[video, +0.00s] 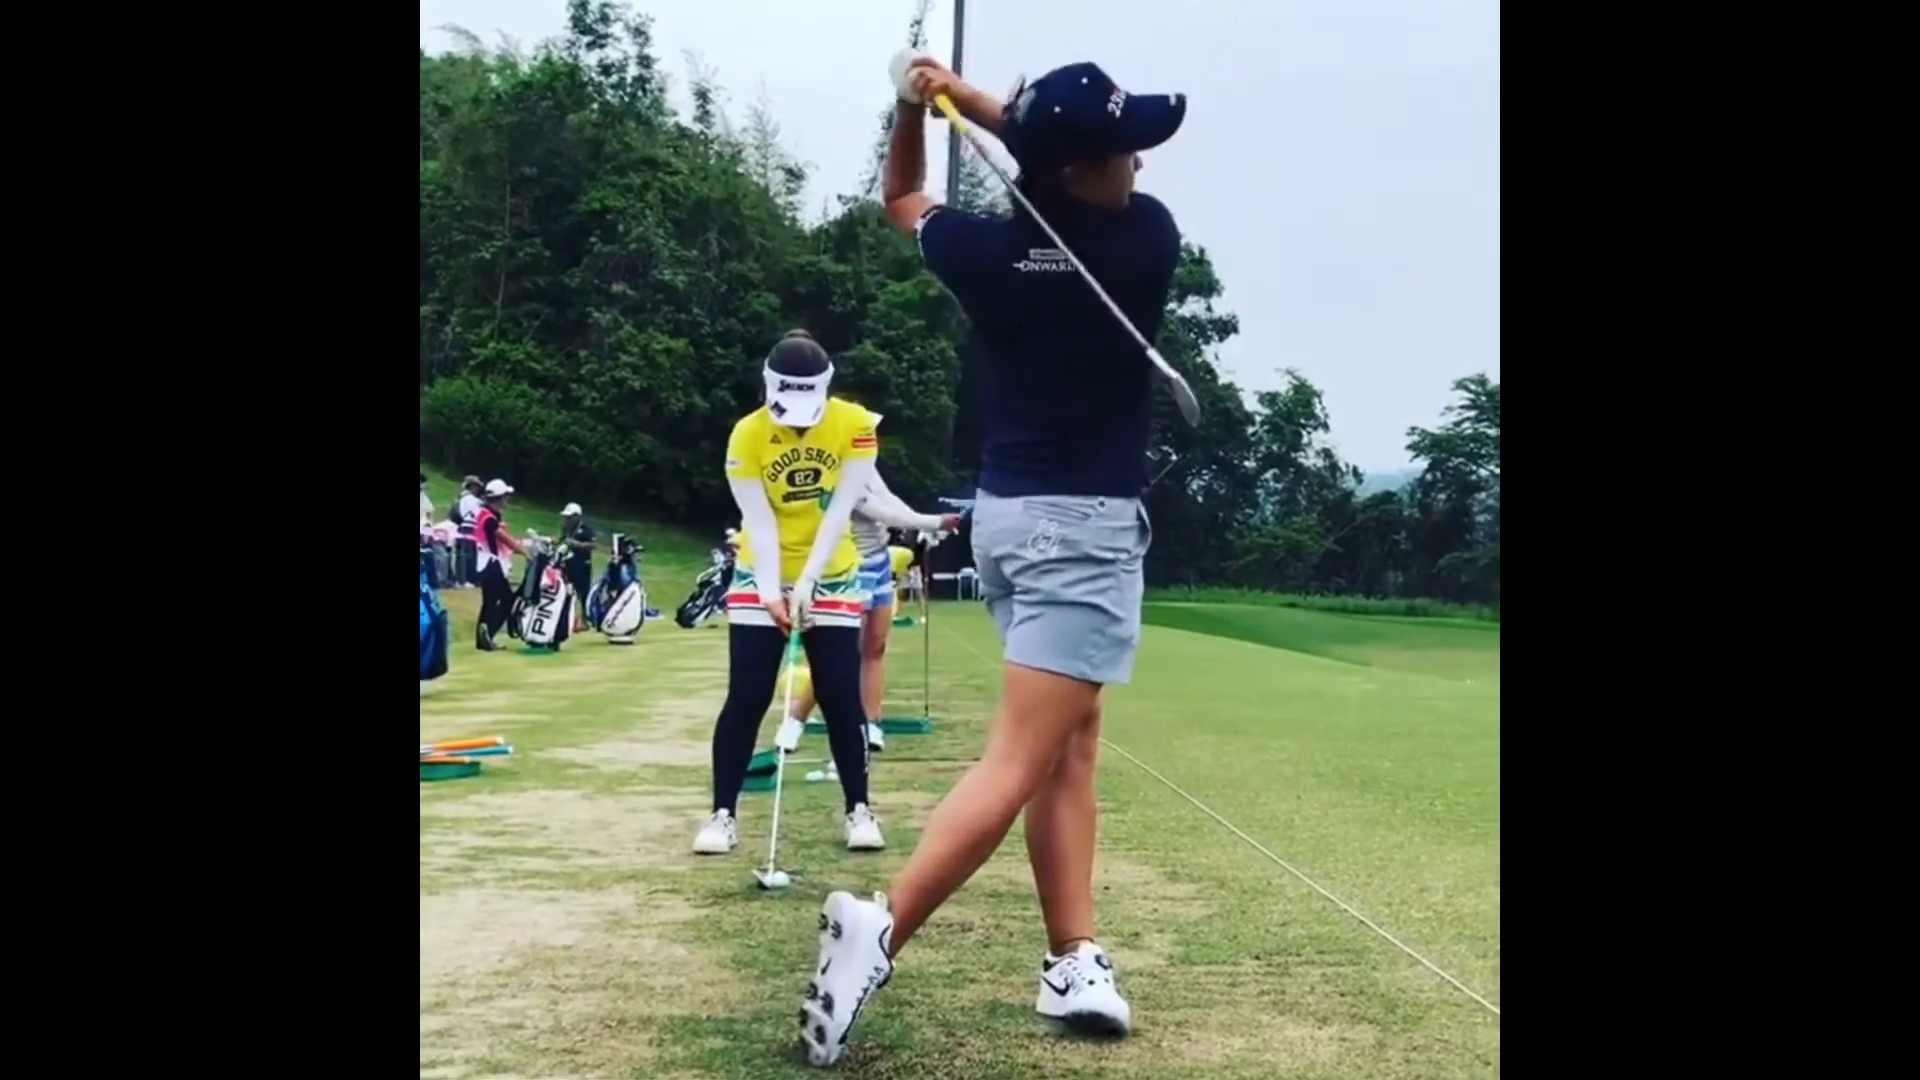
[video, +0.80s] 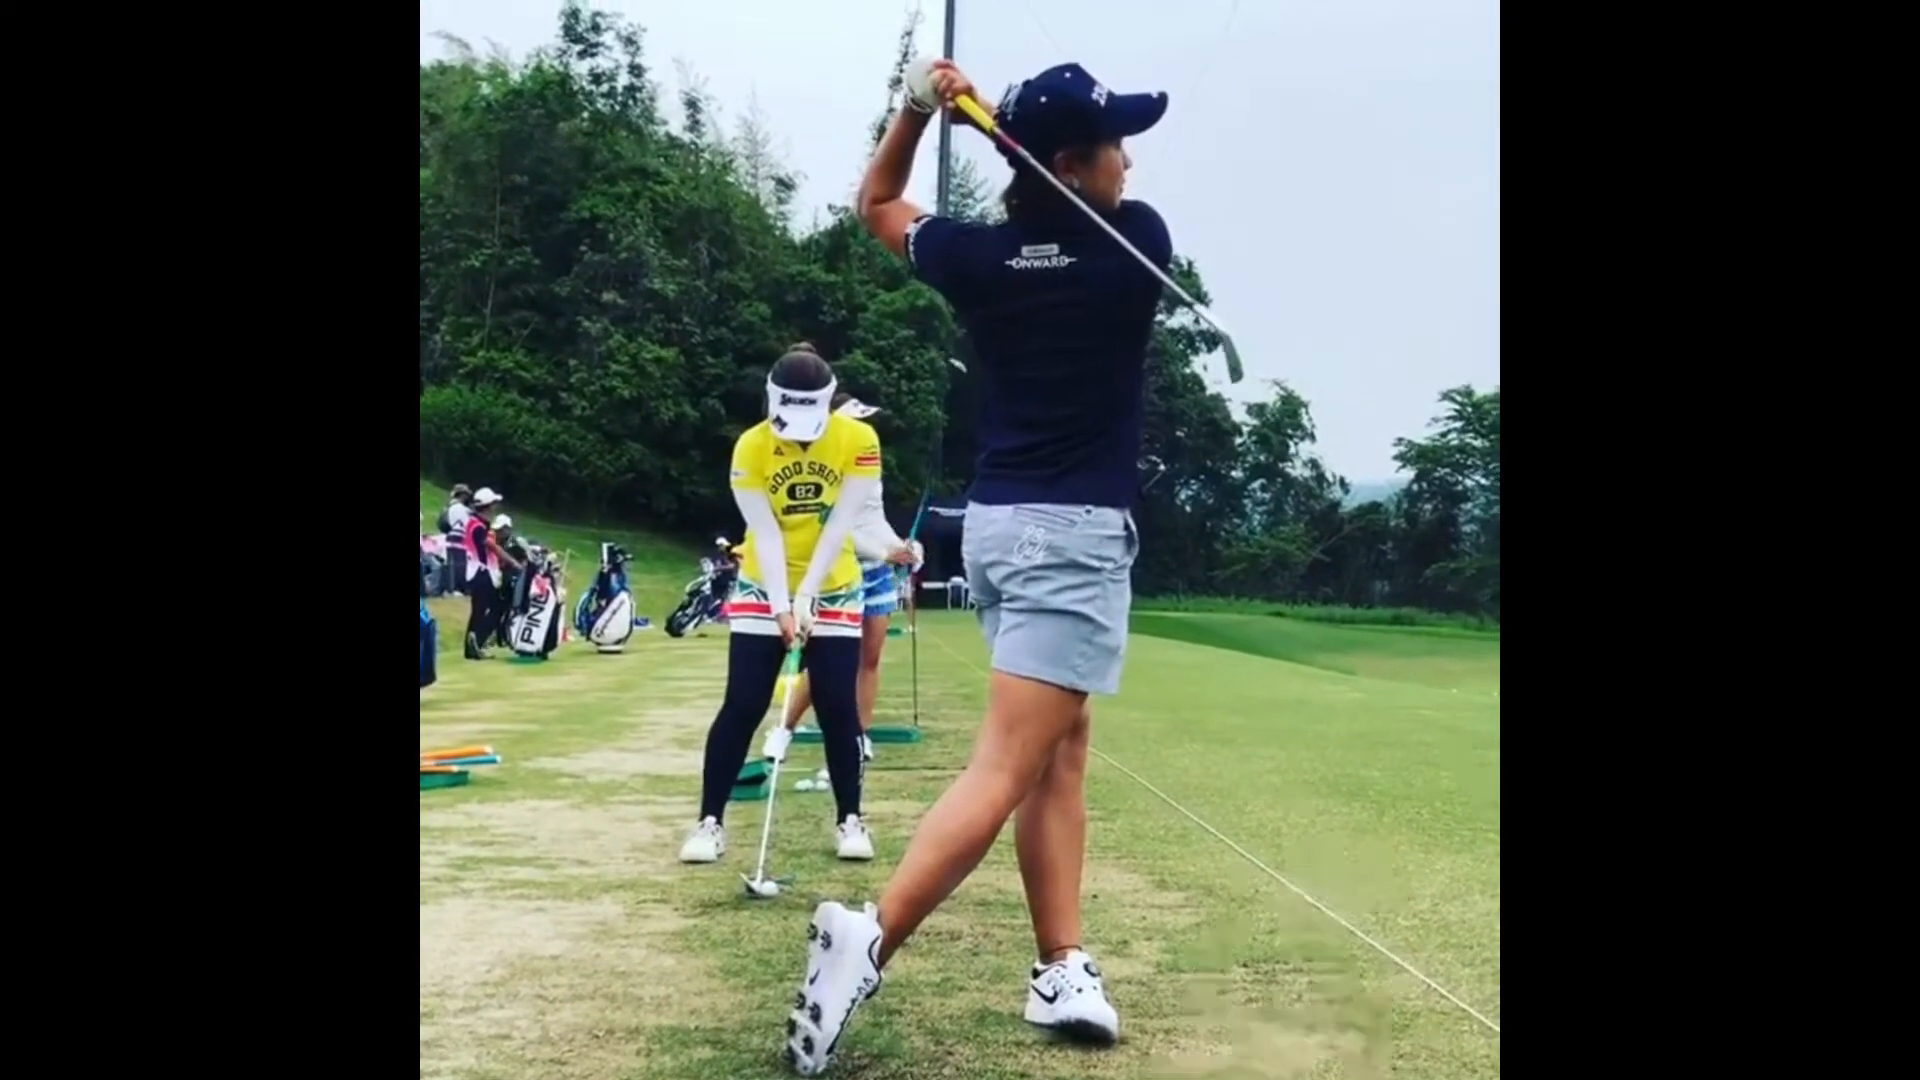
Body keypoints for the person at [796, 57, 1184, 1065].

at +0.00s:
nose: (1138, 160)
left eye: (1133, 146)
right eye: (1126, 151)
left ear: (1039, 166)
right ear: (1086, 166)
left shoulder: (979, 243)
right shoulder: (1143, 238)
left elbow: (906, 198)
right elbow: (1068, 159)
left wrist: (911, 108)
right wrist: (967, 98)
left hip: (1000, 515)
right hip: (1086, 519)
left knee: (1072, 745)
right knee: (1018, 762)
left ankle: (1074, 961)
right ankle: (878, 931)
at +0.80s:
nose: (1128, 153)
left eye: (1121, 139)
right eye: (1116, 145)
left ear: (1028, 167)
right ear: (1083, 165)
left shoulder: (975, 255)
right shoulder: (1137, 240)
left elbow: (880, 201)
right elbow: (1058, 189)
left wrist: (918, 109)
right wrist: (986, 117)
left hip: (991, 525)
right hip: (1076, 528)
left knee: (1061, 753)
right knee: (1002, 771)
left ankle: (1062, 970)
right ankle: (869, 939)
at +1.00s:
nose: (939, 243)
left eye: (956, 223)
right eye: (920, 225)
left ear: (985, 199)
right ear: (890, 204)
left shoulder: (1036, 287)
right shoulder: (847, 293)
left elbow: (984, 451)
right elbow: (873, 454)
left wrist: (945, 590)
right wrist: (889, 598)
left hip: (1014, 528)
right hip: (888, 532)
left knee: (1066, 739)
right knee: (855, 745)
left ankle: (1100, 942)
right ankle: (824, 954)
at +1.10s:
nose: (940, 250)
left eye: (957, 231)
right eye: (922, 232)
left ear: (987, 206)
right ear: (892, 207)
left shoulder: (1020, 305)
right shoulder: (849, 282)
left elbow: (926, 471)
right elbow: (833, 438)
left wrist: (845, 592)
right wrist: (802, 572)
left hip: (1015, 536)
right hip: (893, 540)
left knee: (1067, 747)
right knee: (862, 739)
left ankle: (1101, 945)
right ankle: (825, 957)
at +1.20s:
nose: (944, 253)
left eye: (962, 234)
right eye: (927, 234)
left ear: (992, 214)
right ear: (898, 210)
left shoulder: (1003, 321)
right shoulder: (867, 264)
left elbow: (849, 439)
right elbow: (802, 388)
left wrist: (738, 526)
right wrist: (707, 496)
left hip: (1017, 539)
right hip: (893, 539)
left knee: (1068, 754)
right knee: (865, 737)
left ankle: (1103, 945)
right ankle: (828, 957)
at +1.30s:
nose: (938, 255)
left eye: (958, 237)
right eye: (922, 235)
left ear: (993, 217)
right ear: (897, 210)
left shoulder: (987, 323)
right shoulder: (890, 254)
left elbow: (805, 369)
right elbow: (799, 340)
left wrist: (662, 388)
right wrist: (669, 360)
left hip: (1018, 544)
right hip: (897, 542)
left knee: (1066, 761)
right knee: (867, 735)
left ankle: (1103, 946)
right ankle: (828, 958)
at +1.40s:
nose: (933, 254)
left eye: (954, 235)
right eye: (917, 233)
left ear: (989, 218)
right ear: (894, 212)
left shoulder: (979, 317)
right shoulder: (894, 263)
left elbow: (807, 315)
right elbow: (814, 308)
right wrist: (708, 251)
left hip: (1016, 549)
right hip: (895, 543)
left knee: (1062, 769)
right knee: (871, 736)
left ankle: (1103, 950)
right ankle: (829, 960)